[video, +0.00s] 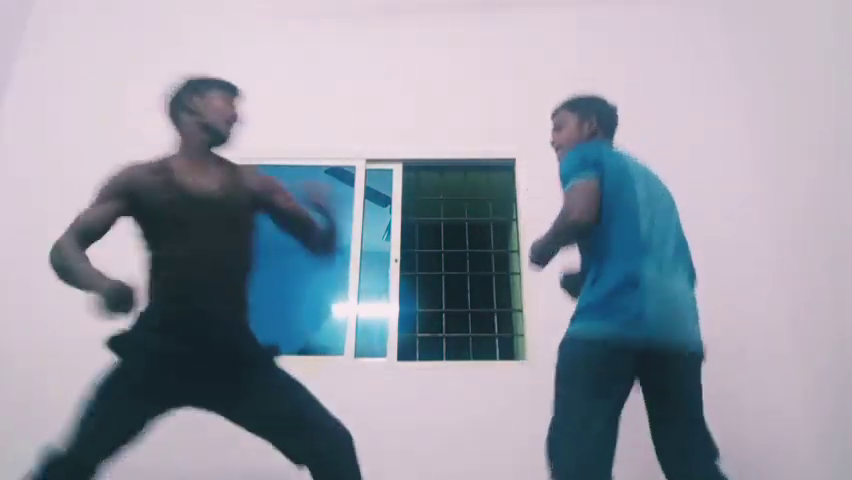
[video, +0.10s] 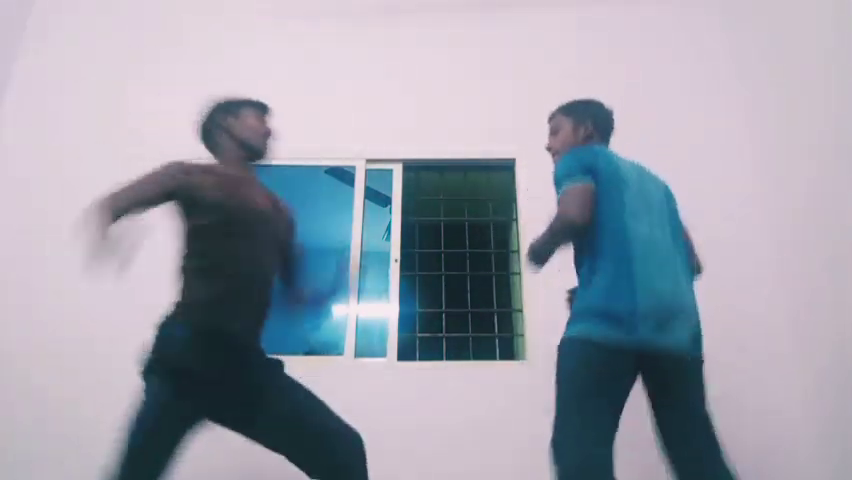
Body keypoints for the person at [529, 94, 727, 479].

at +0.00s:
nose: (552, 139)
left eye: (559, 127)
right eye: (553, 129)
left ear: (589, 126)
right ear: (604, 131)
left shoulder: (584, 155)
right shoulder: (648, 178)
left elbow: (580, 214)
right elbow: (669, 265)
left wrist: (545, 246)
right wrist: (591, 277)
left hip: (608, 327)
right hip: (676, 330)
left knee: (577, 449)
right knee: (688, 451)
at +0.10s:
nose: (548, 144)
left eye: (555, 131)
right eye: (548, 133)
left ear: (584, 130)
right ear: (594, 134)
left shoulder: (579, 159)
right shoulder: (654, 183)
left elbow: (575, 215)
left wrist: (542, 246)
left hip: (605, 323)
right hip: (675, 327)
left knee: (580, 447)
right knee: (693, 445)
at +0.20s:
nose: (548, 142)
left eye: (553, 134)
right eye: (548, 136)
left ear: (579, 126)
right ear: (602, 129)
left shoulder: (577, 148)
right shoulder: (661, 166)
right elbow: (711, 239)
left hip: (618, 302)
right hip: (692, 303)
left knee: (578, 434)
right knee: (722, 432)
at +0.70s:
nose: (620, 175)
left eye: (627, 165)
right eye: (620, 167)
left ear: (655, 167)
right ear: (659, 170)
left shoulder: (664, 195)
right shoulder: (709, 213)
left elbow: (684, 245)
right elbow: (715, 295)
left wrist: (639, 297)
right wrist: (658, 306)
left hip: (694, 344)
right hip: (751, 355)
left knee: (630, 453)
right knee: (763, 470)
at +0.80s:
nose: (617, 136)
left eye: (624, 126)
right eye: (617, 128)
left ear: (653, 126)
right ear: (658, 130)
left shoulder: (662, 154)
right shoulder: (699, 175)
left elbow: (683, 208)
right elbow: (692, 256)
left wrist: (624, 246)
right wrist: (640, 254)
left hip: (691, 306)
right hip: (743, 316)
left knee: (661, 429)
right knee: (759, 449)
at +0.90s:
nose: (613, 126)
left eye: (621, 116)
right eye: (613, 119)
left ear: (651, 117)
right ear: (655, 123)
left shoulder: (659, 147)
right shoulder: (687, 161)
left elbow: (672, 202)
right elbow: (687, 251)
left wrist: (612, 225)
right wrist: (636, 247)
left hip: (693, 302)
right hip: (734, 307)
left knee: (689, 431)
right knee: (751, 429)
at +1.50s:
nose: (563, 209)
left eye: (567, 199)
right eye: (562, 202)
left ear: (593, 196)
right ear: (603, 199)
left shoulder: (604, 220)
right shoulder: (648, 235)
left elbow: (617, 280)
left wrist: (574, 322)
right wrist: (621, 349)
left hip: (660, 338)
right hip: (713, 347)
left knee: (596, 448)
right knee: (689, 464)